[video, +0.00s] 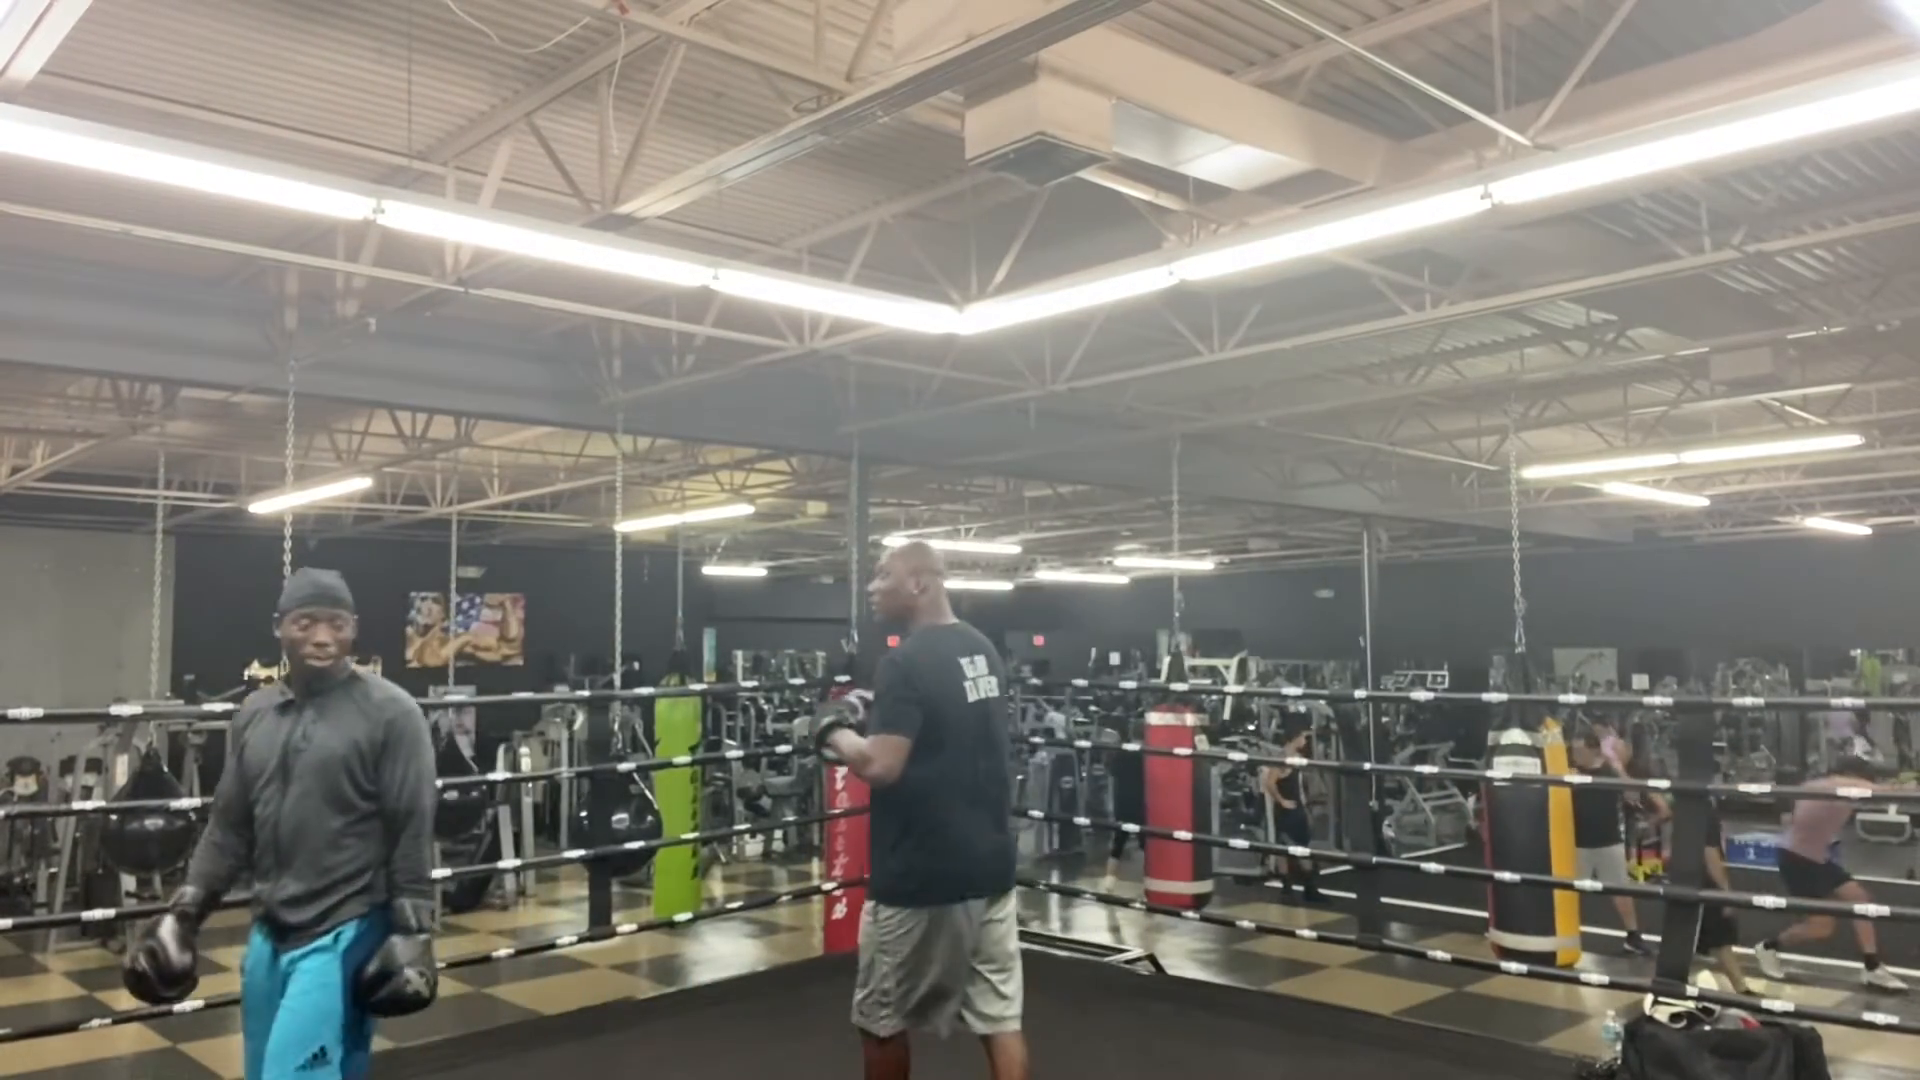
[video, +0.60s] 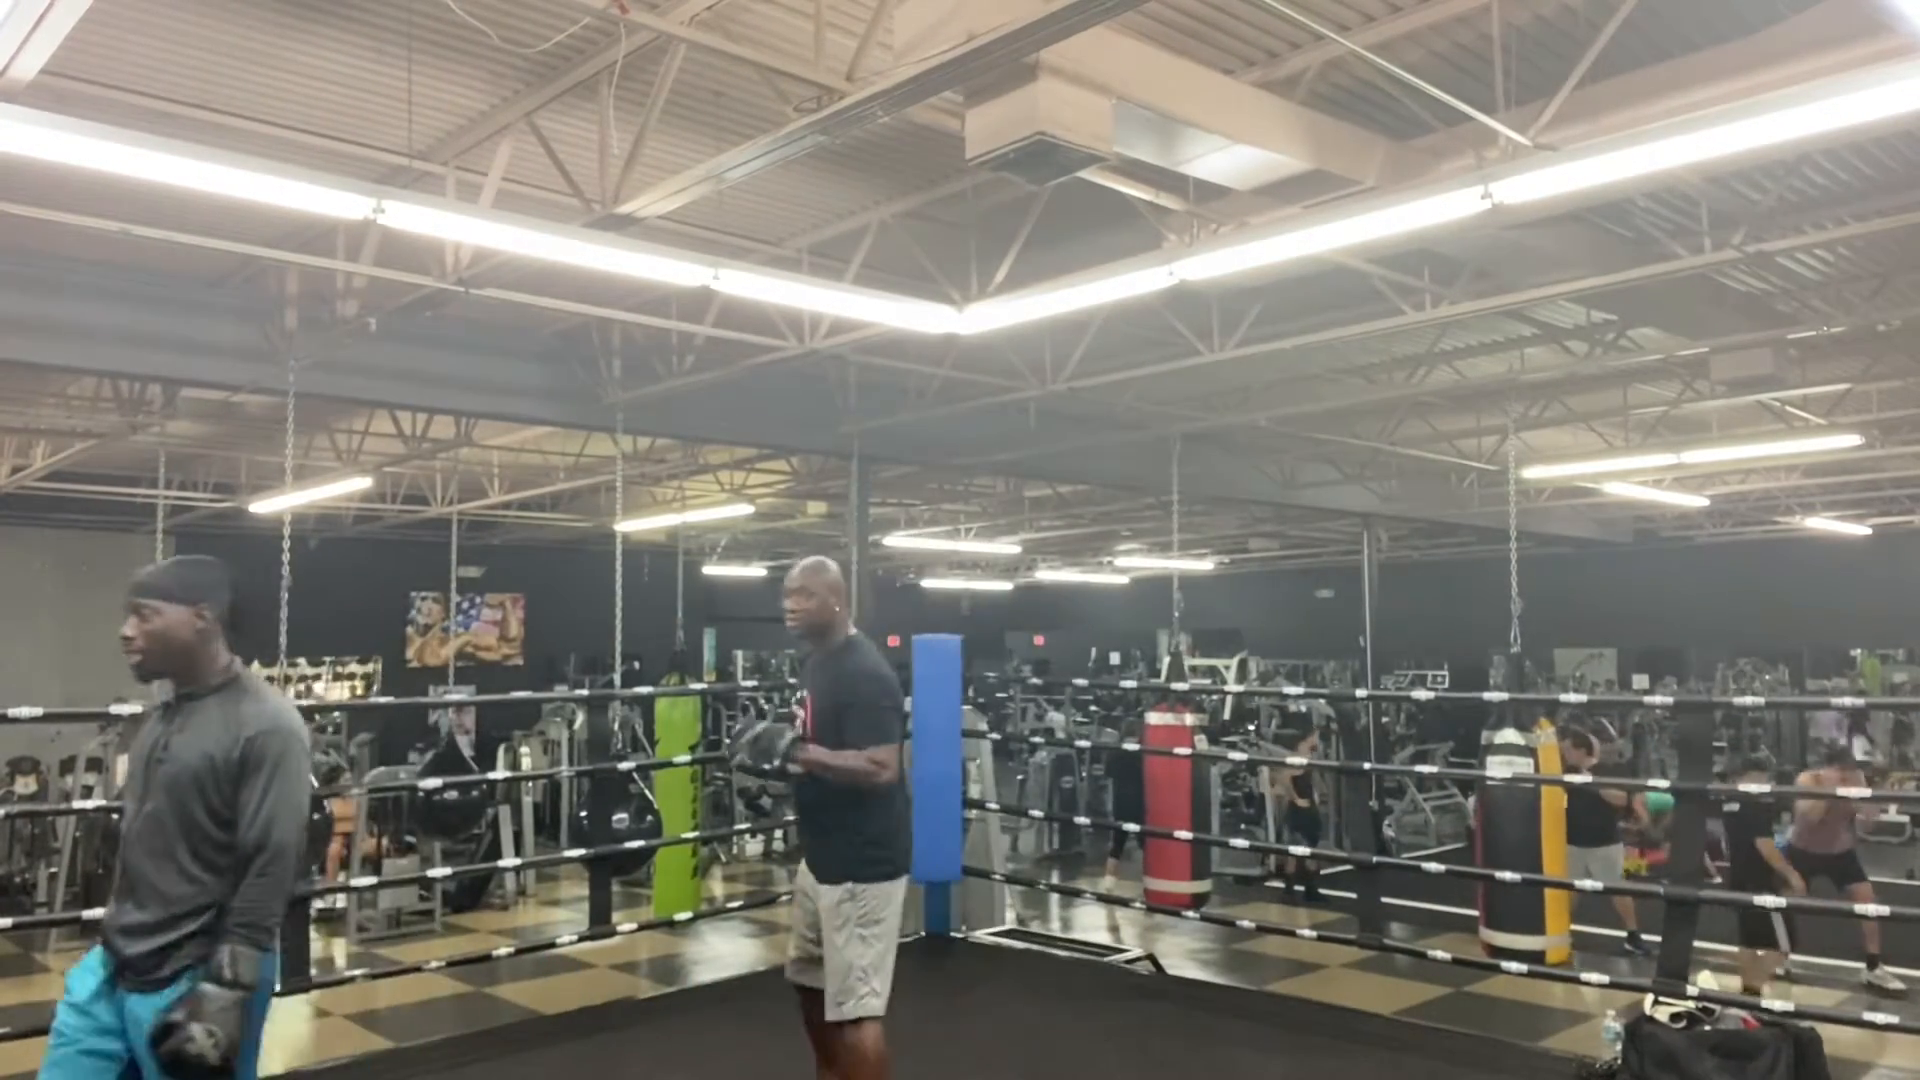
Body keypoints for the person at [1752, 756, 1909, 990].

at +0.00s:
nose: (1871, 783)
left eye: (1871, 779)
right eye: (1869, 779)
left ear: (1841, 769)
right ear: (1861, 775)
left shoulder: (1811, 783)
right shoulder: (1850, 785)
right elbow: (1883, 792)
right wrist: (1913, 788)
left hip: (1817, 862)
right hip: (1799, 863)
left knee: (1860, 902)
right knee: (1822, 927)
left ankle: (1872, 966)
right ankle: (1768, 947)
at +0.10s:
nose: (1872, 784)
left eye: (1872, 780)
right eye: (1870, 779)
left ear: (1847, 772)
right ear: (1858, 775)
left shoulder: (1817, 784)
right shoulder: (1847, 785)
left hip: (1824, 862)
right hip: (1802, 861)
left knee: (1865, 902)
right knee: (1823, 927)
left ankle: (1873, 967)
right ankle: (1766, 948)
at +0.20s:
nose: (1873, 779)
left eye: (1873, 775)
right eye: (1870, 774)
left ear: (1853, 766)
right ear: (1862, 769)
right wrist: (1903, 789)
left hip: (1828, 859)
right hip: (1802, 856)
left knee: (1867, 901)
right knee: (1819, 925)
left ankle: (1873, 968)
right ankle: (1769, 949)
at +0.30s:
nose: (1877, 771)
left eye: (1877, 765)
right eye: (1876, 765)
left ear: (1854, 760)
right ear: (1863, 761)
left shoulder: (1830, 773)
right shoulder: (1847, 777)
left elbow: (1805, 809)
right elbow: (1866, 809)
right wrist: (1877, 780)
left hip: (1834, 852)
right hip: (1805, 851)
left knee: (1866, 901)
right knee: (1813, 919)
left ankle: (1872, 967)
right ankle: (1772, 951)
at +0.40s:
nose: (1867, 766)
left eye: (1869, 762)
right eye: (1866, 761)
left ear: (1860, 760)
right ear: (1853, 756)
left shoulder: (1859, 780)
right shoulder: (1823, 773)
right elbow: (1843, 804)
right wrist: (1872, 786)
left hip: (1838, 850)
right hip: (1805, 848)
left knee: (1867, 899)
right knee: (1802, 904)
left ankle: (1873, 967)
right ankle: (1777, 953)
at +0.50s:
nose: (1855, 767)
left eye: (1860, 763)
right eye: (1853, 762)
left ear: (1863, 763)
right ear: (1842, 758)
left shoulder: (1859, 780)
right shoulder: (1816, 775)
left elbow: (1877, 808)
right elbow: (1828, 813)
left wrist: (1873, 776)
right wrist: (1849, 786)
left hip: (1839, 852)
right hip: (1804, 850)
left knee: (1866, 898)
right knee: (1789, 905)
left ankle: (1873, 967)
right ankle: (1780, 955)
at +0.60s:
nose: (1844, 776)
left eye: (1849, 771)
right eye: (1839, 770)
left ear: (1853, 770)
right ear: (1827, 767)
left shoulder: (1855, 780)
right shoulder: (1807, 779)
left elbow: (1868, 817)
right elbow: (1810, 817)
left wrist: (1854, 792)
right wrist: (1829, 789)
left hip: (1842, 856)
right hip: (1802, 855)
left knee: (1867, 903)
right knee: (1784, 903)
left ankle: (1874, 966)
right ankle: (1782, 957)